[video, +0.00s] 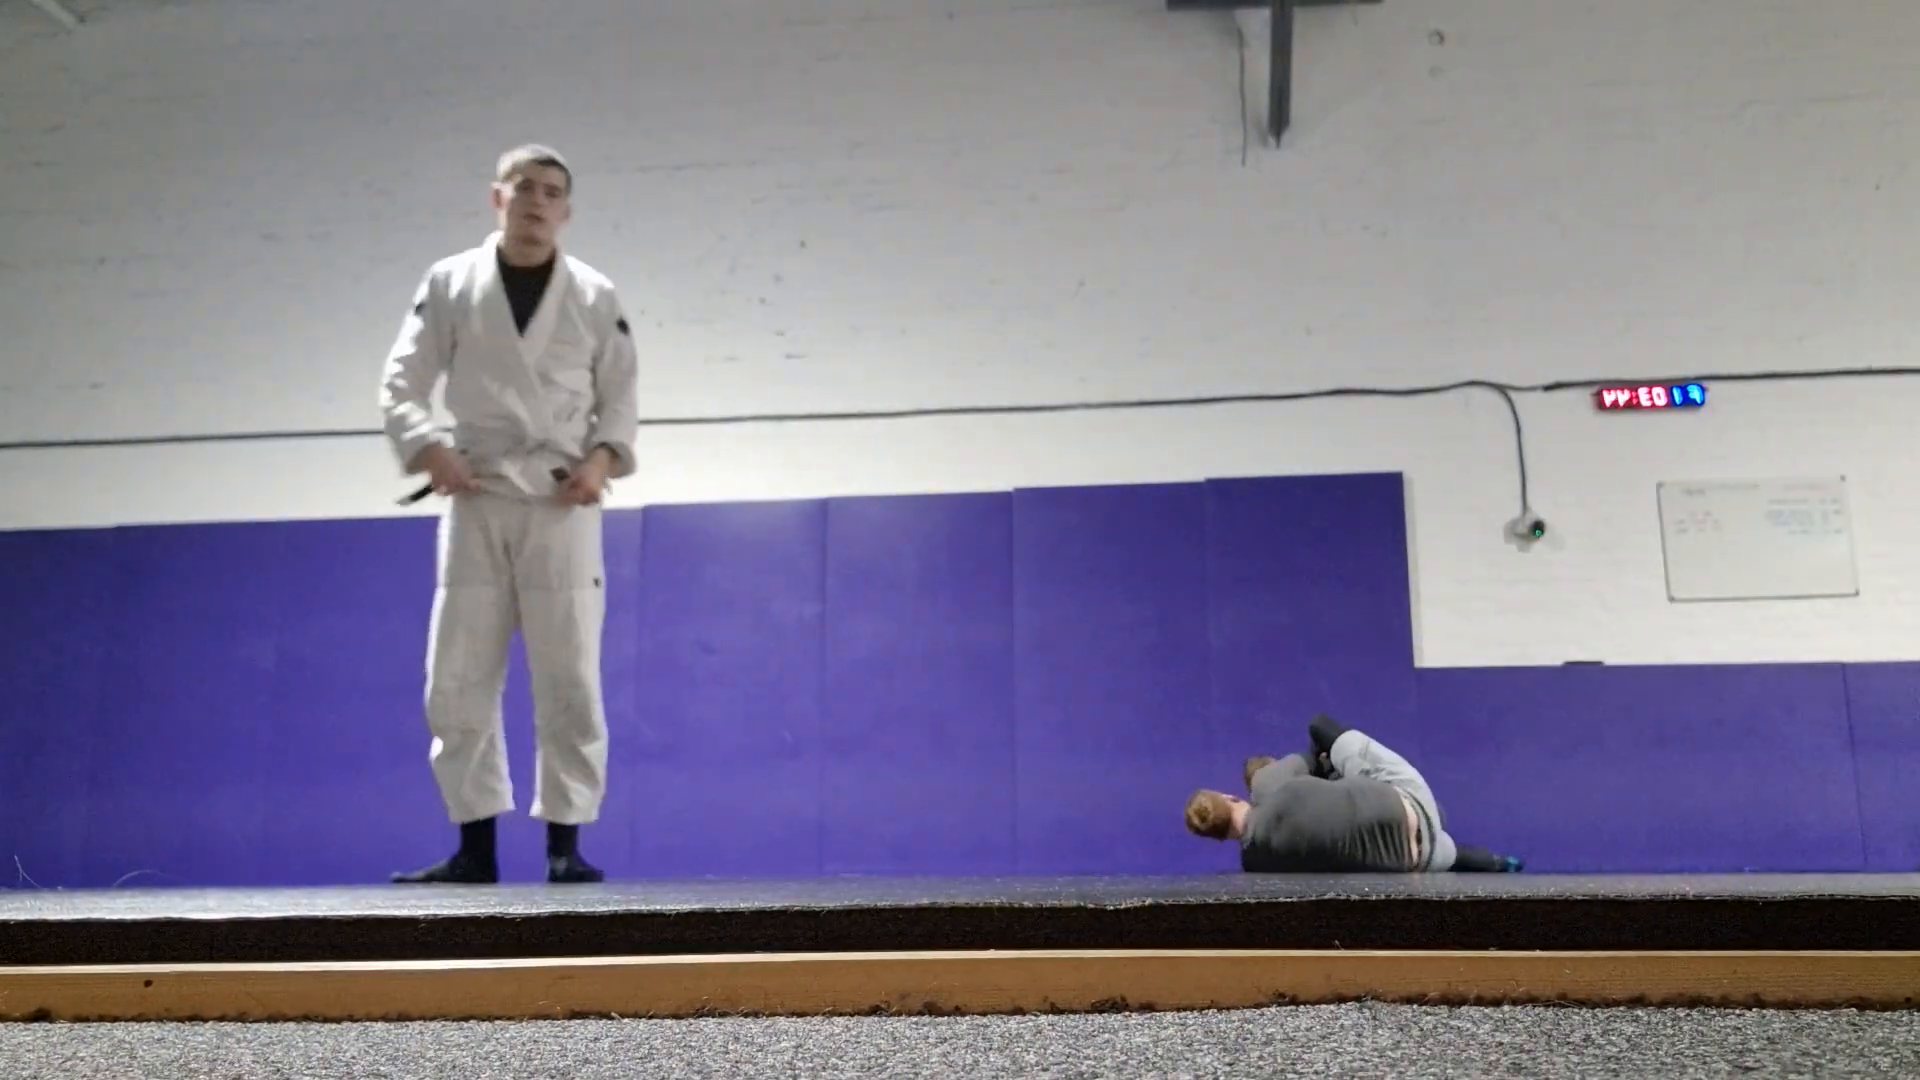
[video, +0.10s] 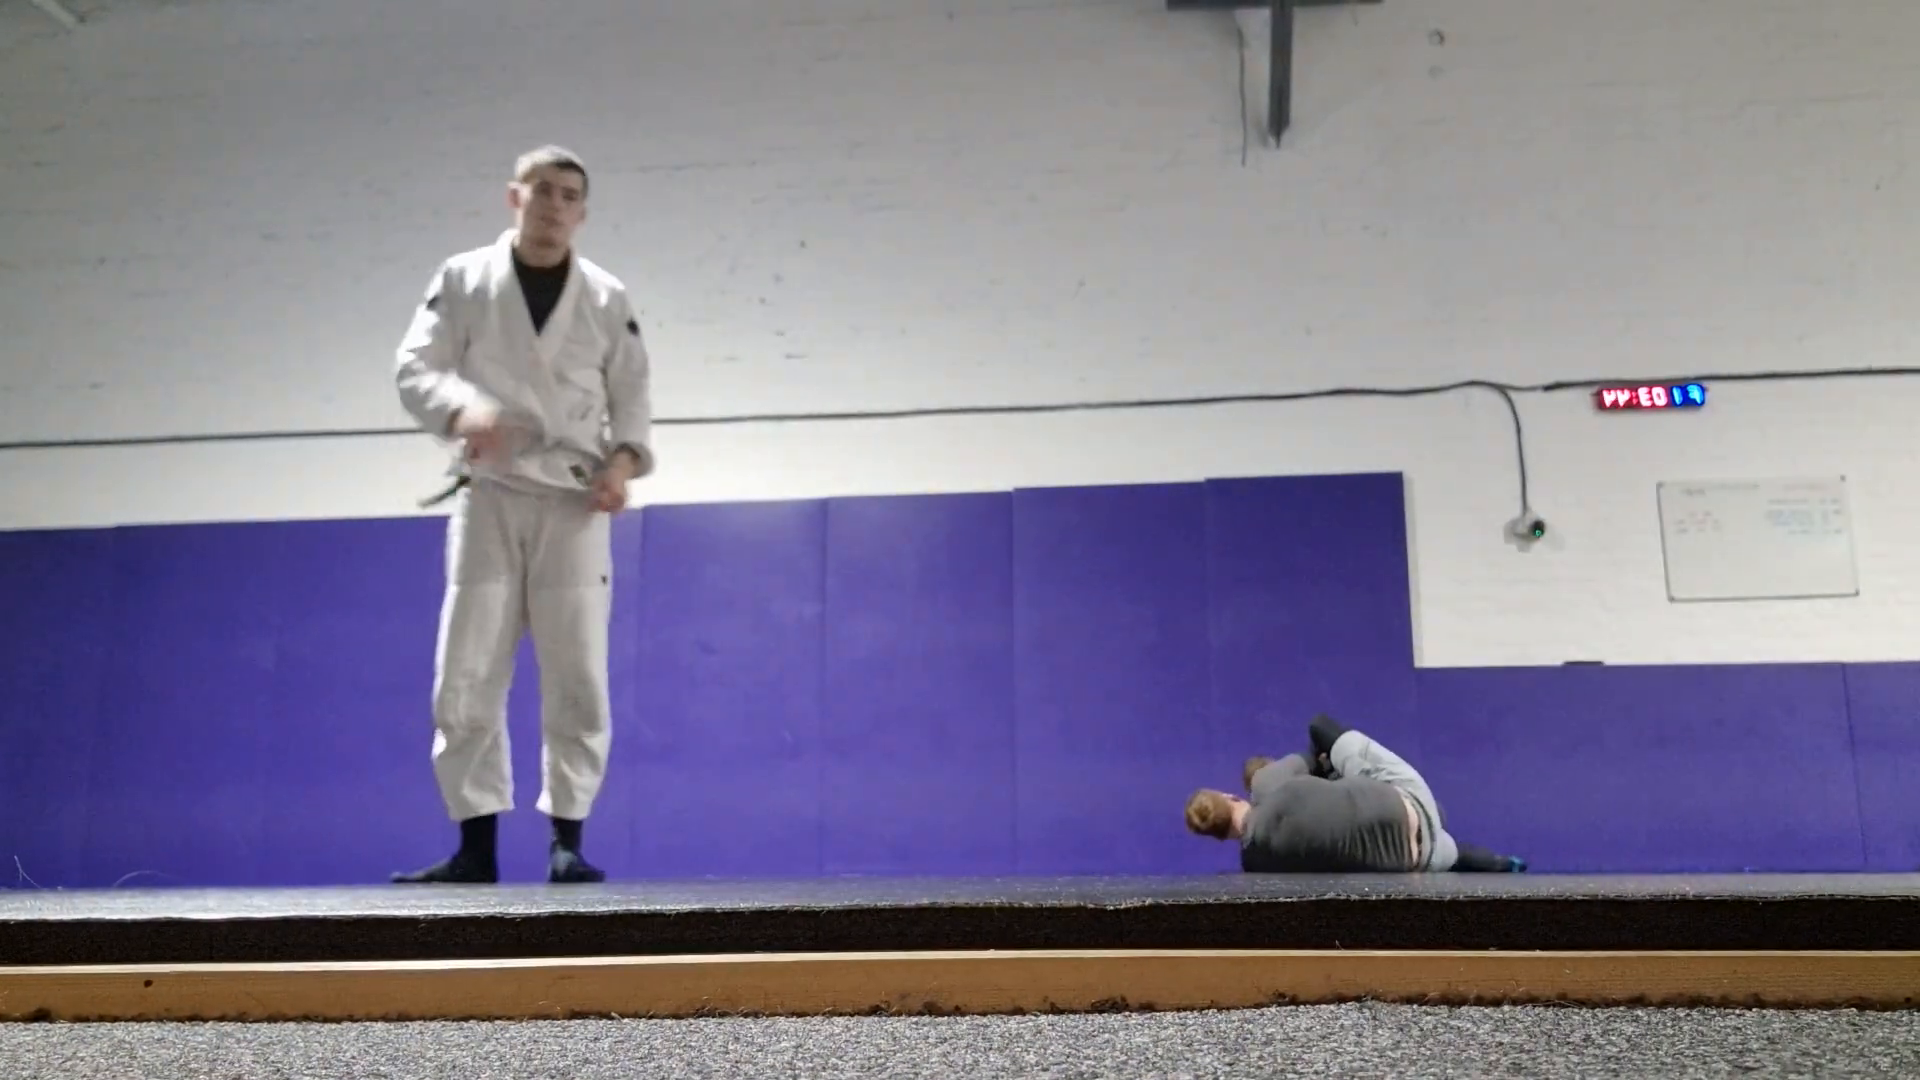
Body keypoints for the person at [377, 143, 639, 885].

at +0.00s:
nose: (535, 204)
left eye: (550, 194)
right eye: (524, 190)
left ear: (568, 212)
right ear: (496, 198)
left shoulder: (596, 300)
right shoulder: (449, 285)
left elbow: (620, 403)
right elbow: (401, 387)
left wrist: (601, 463)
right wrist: (430, 448)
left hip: (564, 503)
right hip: (474, 500)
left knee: (569, 676)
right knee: (459, 675)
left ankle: (565, 849)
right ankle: (475, 849)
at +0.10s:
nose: (553, 207)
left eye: (567, 197)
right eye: (541, 192)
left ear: (584, 213)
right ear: (513, 197)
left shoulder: (608, 300)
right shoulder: (463, 280)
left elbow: (632, 399)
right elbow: (415, 371)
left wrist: (624, 462)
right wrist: (466, 409)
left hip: (576, 507)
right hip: (487, 501)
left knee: (577, 672)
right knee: (469, 671)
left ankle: (568, 848)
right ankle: (475, 851)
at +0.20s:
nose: (562, 216)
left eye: (578, 205)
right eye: (550, 200)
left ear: (595, 217)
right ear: (525, 203)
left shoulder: (617, 304)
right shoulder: (476, 280)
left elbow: (643, 397)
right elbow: (426, 362)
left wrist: (653, 474)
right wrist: (494, 343)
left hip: (587, 504)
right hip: (499, 499)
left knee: (587, 674)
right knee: (474, 672)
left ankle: (568, 849)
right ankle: (477, 852)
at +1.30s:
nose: (603, 235)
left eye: (617, 225)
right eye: (591, 219)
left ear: (629, 230)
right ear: (561, 214)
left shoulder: (643, 311)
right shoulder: (508, 287)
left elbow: (668, 404)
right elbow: (477, 382)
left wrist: (684, 482)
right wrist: (536, 408)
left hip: (607, 508)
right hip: (521, 499)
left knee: (597, 674)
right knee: (487, 669)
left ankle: (568, 849)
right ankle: (481, 850)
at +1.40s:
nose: (612, 233)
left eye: (623, 222)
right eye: (599, 217)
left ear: (631, 229)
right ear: (565, 214)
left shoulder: (643, 310)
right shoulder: (509, 287)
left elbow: (668, 402)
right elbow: (480, 382)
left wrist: (687, 480)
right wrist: (483, 472)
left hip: (610, 506)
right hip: (521, 497)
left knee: (597, 674)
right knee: (488, 670)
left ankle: (569, 849)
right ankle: (481, 851)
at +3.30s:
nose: (555, 242)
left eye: (569, 233)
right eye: (548, 231)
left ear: (594, 239)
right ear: (533, 231)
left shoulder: (618, 298)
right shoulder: (496, 290)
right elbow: (441, 379)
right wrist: (502, 420)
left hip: (590, 506)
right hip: (517, 501)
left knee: (583, 678)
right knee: (481, 673)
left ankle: (578, 844)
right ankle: (480, 850)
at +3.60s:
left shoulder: (630, 290)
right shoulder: (509, 275)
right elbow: (455, 378)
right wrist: (510, 422)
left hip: (602, 488)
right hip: (519, 482)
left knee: (585, 661)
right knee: (484, 655)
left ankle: (574, 844)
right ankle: (480, 849)